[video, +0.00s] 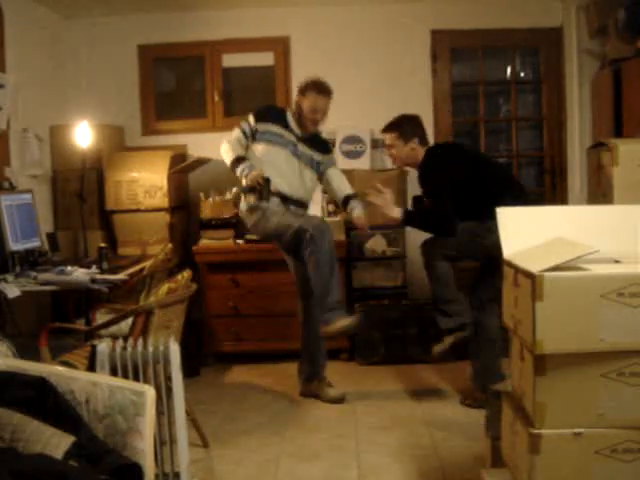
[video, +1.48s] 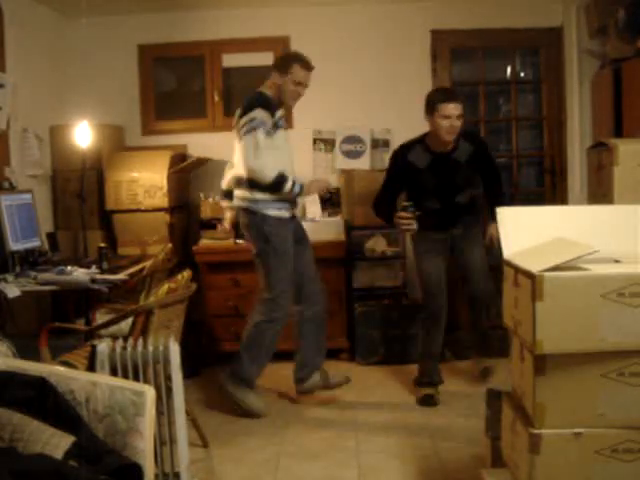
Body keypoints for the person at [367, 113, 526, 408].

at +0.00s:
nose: (389, 154)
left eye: (392, 147)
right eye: (387, 148)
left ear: (413, 143)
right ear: (415, 144)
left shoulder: (436, 164)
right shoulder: (444, 157)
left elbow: (444, 225)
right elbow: (441, 215)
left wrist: (398, 213)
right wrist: (399, 208)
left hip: (499, 229)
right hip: (511, 225)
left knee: (434, 249)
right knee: (485, 300)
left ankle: (455, 321)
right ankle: (489, 383)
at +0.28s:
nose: (390, 149)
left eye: (395, 141)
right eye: (389, 142)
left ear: (417, 139)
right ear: (416, 141)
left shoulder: (436, 164)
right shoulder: (436, 161)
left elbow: (415, 225)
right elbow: (415, 222)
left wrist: (368, 249)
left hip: (510, 220)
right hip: (514, 217)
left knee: (453, 273)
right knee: (490, 296)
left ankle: (464, 367)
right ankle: (499, 378)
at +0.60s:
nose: (406, 145)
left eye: (413, 139)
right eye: (404, 139)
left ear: (434, 139)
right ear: (403, 140)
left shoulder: (462, 173)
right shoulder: (421, 170)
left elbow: (478, 238)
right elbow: (430, 198)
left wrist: (459, 289)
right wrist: (397, 214)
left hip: (495, 235)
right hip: (461, 231)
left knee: (476, 307)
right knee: (416, 252)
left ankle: (474, 387)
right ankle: (431, 328)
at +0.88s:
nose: (431, 139)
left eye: (439, 132)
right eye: (428, 132)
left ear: (457, 134)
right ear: (425, 135)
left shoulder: (482, 173)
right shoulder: (426, 164)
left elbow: (488, 241)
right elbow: (419, 200)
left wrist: (471, 294)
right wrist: (392, 218)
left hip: (489, 251)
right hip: (457, 248)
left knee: (490, 320)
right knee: (436, 312)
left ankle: (496, 390)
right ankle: (432, 393)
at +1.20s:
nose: (434, 126)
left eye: (440, 119)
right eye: (428, 119)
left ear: (450, 121)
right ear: (417, 121)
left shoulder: (467, 148)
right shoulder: (404, 155)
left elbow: (505, 181)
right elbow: (390, 195)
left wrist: (526, 210)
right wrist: (387, 213)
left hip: (474, 230)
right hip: (433, 232)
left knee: (484, 293)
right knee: (430, 300)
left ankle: (503, 355)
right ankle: (429, 377)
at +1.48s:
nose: (453, 124)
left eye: (458, 117)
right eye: (445, 117)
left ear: (463, 118)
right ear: (429, 119)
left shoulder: (474, 148)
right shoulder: (407, 156)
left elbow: (494, 185)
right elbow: (381, 204)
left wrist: (494, 219)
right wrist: (394, 218)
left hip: (469, 231)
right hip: (429, 235)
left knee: (480, 288)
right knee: (435, 304)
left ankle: (484, 356)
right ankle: (428, 379)